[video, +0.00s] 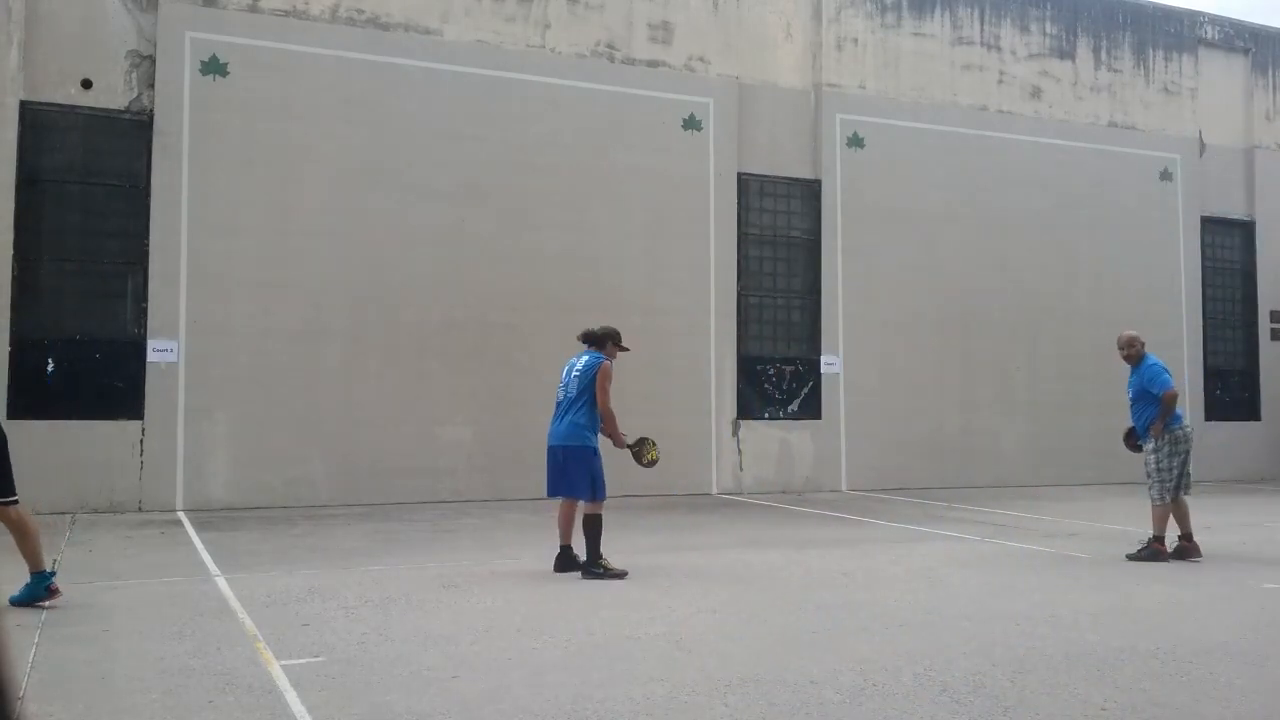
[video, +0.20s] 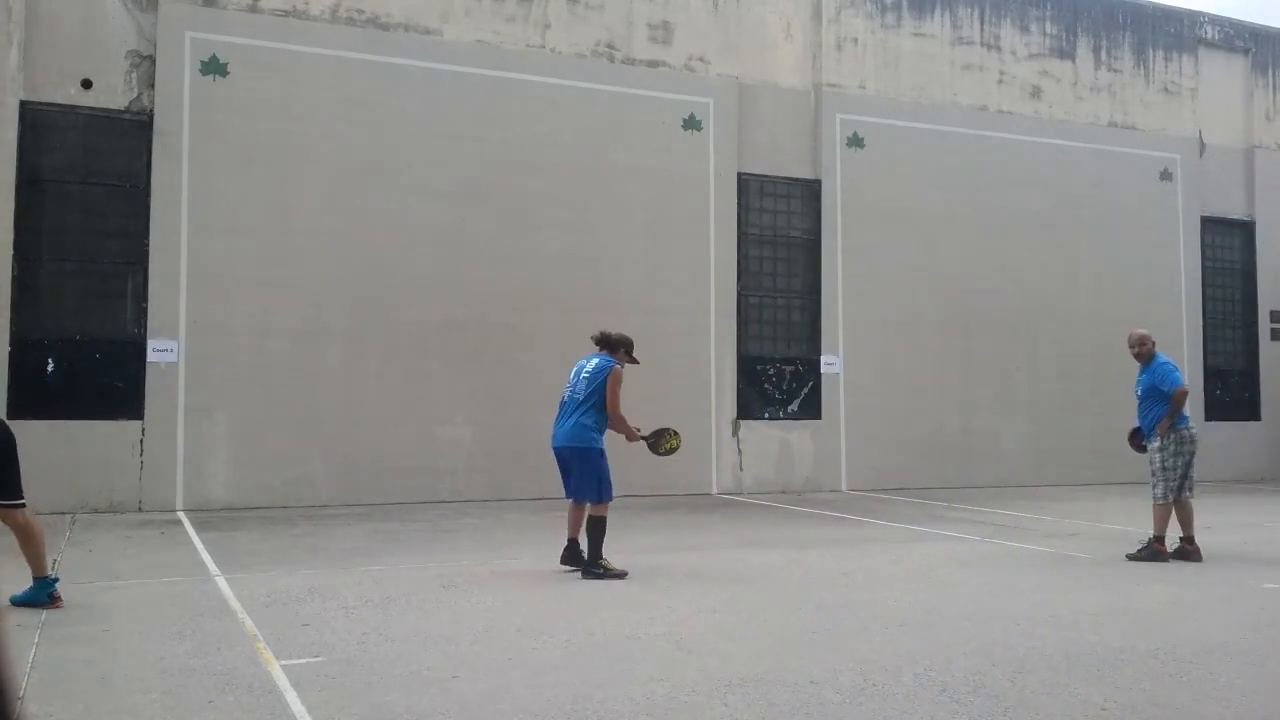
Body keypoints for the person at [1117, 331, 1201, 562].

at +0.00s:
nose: (1126, 353)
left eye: (1131, 347)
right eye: (1122, 349)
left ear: (1142, 346)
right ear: (1119, 352)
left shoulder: (1151, 369)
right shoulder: (1137, 370)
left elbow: (1170, 394)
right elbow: (1148, 403)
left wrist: (1159, 423)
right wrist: (1137, 427)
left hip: (1166, 436)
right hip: (1168, 434)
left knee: (1160, 491)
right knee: (1173, 492)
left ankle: (1157, 545)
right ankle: (1188, 542)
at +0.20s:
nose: (1137, 350)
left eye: (1142, 345)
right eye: (1133, 347)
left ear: (1153, 345)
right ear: (1130, 351)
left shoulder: (1161, 367)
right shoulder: (1146, 370)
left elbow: (1180, 391)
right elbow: (1155, 402)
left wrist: (1166, 421)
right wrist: (1143, 428)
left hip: (1170, 436)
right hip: (1172, 434)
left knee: (1162, 491)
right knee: (1179, 492)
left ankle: (1157, 545)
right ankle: (1189, 545)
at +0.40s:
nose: (1142, 350)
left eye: (1147, 345)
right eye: (1139, 346)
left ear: (1160, 345)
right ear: (1137, 349)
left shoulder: (1168, 366)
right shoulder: (1158, 368)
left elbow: (1184, 393)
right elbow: (1163, 403)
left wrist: (1170, 422)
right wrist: (1149, 428)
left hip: (1173, 435)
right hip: (1181, 434)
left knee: (1153, 488)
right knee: (1179, 491)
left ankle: (1156, 543)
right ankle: (1189, 545)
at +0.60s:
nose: (1146, 349)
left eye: (1151, 344)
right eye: (1145, 345)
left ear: (1166, 345)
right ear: (1165, 347)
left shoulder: (1168, 366)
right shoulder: (1177, 364)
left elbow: (1179, 393)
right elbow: (1193, 393)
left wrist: (1166, 421)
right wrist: (1181, 417)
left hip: (1171, 435)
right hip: (1188, 433)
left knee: (1159, 490)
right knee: (1180, 491)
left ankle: (1158, 545)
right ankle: (1189, 545)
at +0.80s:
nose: (1149, 347)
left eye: (1154, 342)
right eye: (1149, 342)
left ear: (1171, 343)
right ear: (1172, 344)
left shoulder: (1170, 365)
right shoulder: (1183, 363)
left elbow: (1175, 392)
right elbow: (1200, 393)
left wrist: (1164, 422)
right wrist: (1188, 418)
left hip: (1172, 434)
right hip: (1190, 432)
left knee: (1160, 489)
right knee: (1182, 489)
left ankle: (1158, 544)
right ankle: (1188, 543)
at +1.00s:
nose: (1152, 343)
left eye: (1157, 339)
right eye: (1152, 339)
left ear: (1172, 343)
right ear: (1171, 344)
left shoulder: (1174, 363)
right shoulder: (1182, 362)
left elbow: (1177, 390)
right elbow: (1183, 393)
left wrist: (1158, 414)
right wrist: (1162, 413)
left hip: (1168, 435)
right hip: (1179, 434)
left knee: (1162, 488)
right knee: (1182, 491)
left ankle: (1158, 543)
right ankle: (1188, 542)